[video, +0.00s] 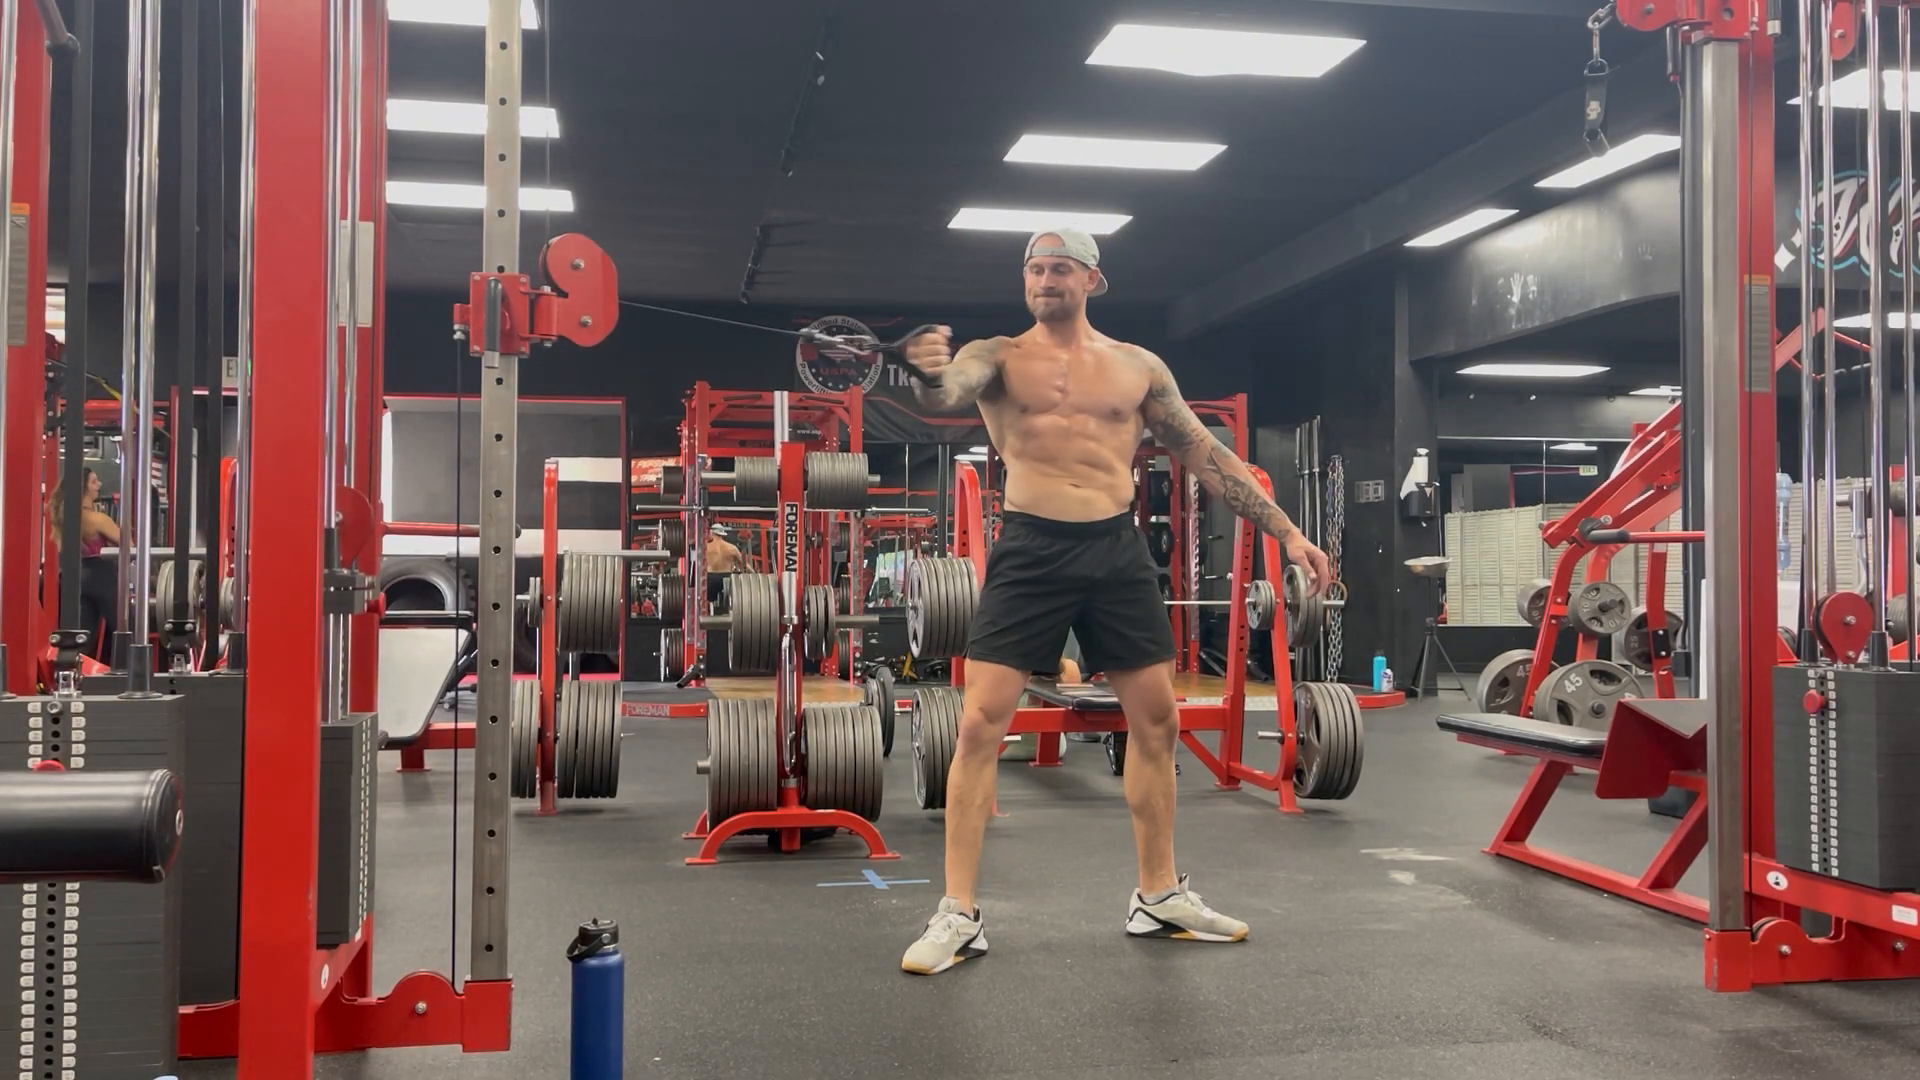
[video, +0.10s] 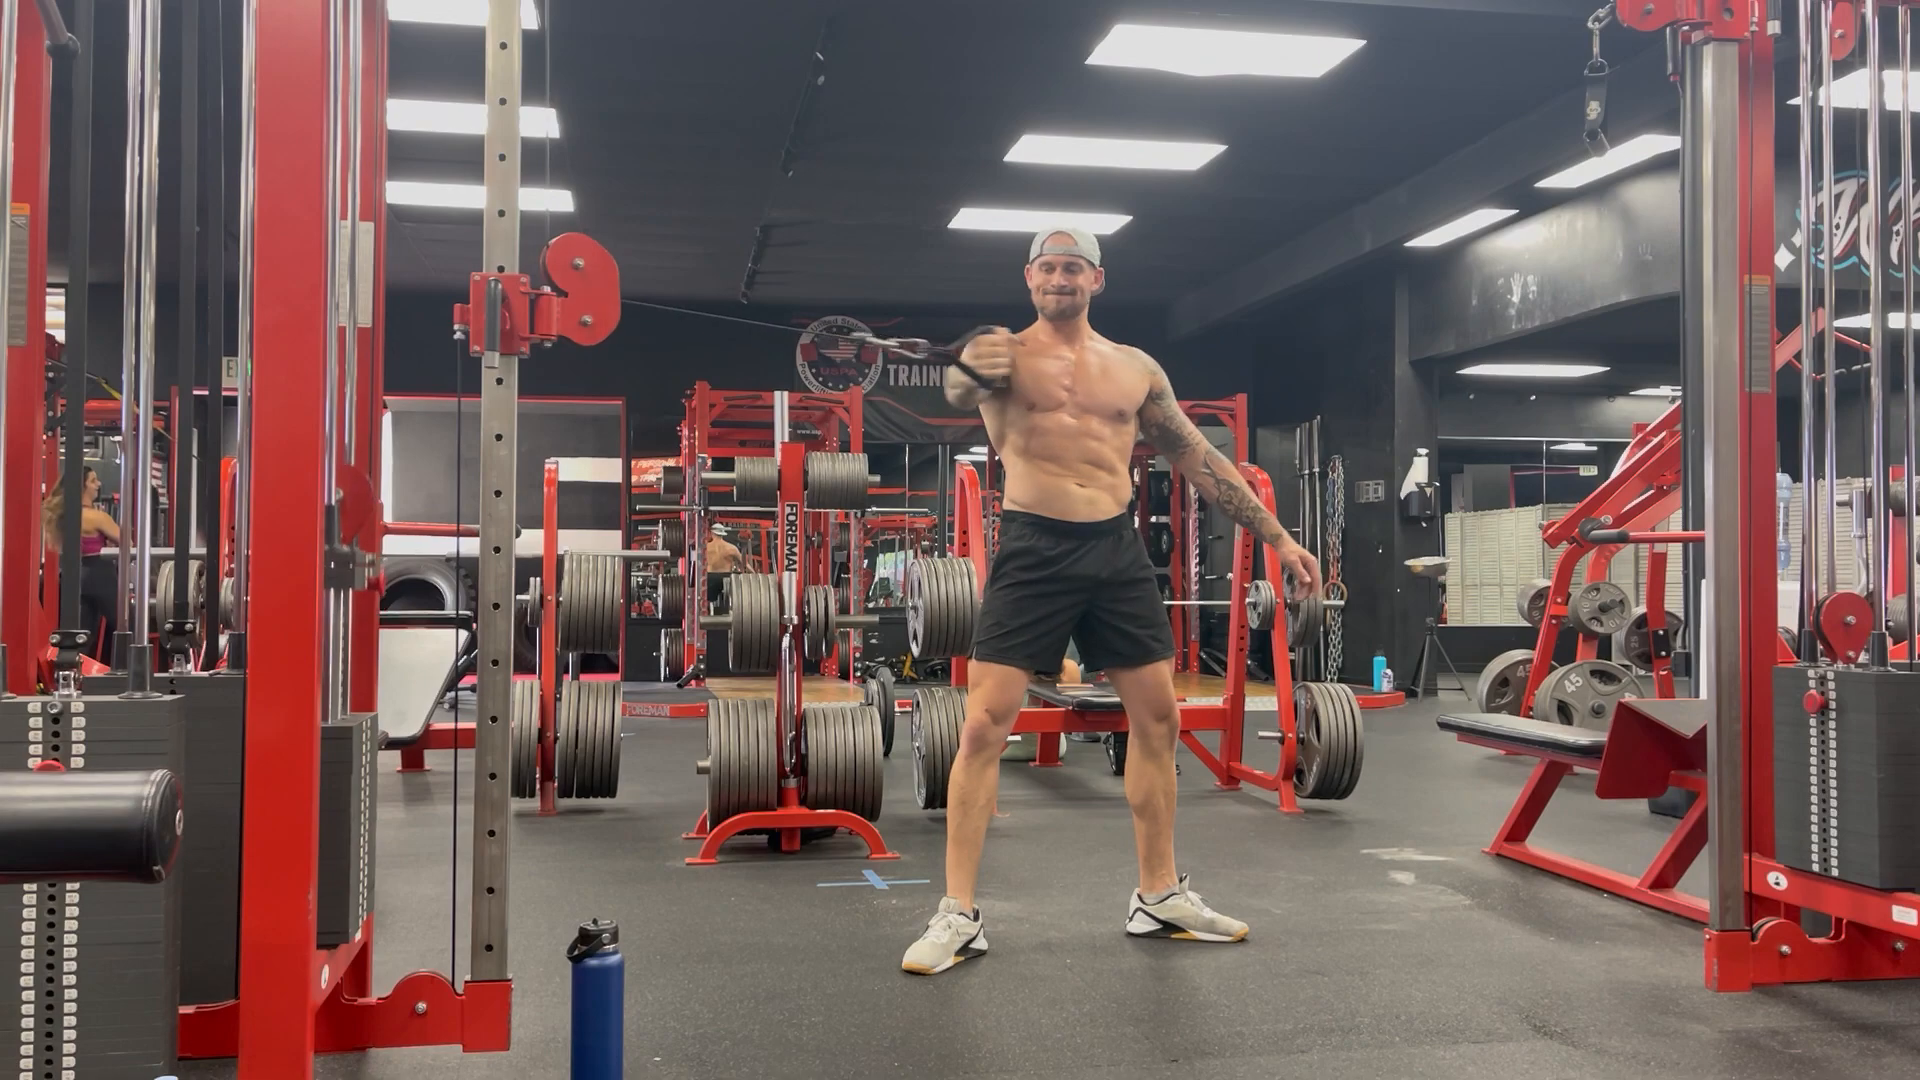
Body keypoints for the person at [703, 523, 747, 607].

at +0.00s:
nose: (709, 534)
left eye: (710, 532)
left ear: (712, 533)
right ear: (722, 535)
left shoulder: (706, 547)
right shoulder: (731, 548)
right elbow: (742, 563)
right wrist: (753, 573)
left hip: (711, 574)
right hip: (726, 574)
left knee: (708, 601)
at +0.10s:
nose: (711, 535)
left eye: (712, 533)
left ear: (712, 533)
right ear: (723, 534)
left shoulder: (707, 547)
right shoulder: (730, 548)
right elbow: (743, 563)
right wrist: (754, 574)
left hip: (711, 574)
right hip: (726, 574)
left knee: (710, 602)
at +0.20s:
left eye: (713, 533)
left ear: (713, 533)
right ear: (723, 535)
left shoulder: (707, 547)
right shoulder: (730, 548)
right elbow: (742, 562)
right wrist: (753, 574)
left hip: (711, 574)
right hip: (725, 575)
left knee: (710, 602)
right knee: (724, 604)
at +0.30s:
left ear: (713, 533)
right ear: (724, 534)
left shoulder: (708, 546)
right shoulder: (729, 548)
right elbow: (739, 560)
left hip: (711, 573)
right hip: (725, 574)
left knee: (711, 601)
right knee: (724, 602)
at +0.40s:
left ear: (714, 534)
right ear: (724, 535)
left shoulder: (708, 546)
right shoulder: (728, 548)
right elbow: (738, 563)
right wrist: (738, 571)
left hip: (710, 573)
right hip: (723, 573)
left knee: (710, 600)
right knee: (723, 601)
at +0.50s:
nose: (727, 536)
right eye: (726, 534)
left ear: (714, 534)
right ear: (724, 535)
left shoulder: (708, 546)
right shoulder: (726, 548)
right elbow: (738, 567)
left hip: (710, 573)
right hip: (723, 573)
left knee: (711, 602)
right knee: (723, 603)